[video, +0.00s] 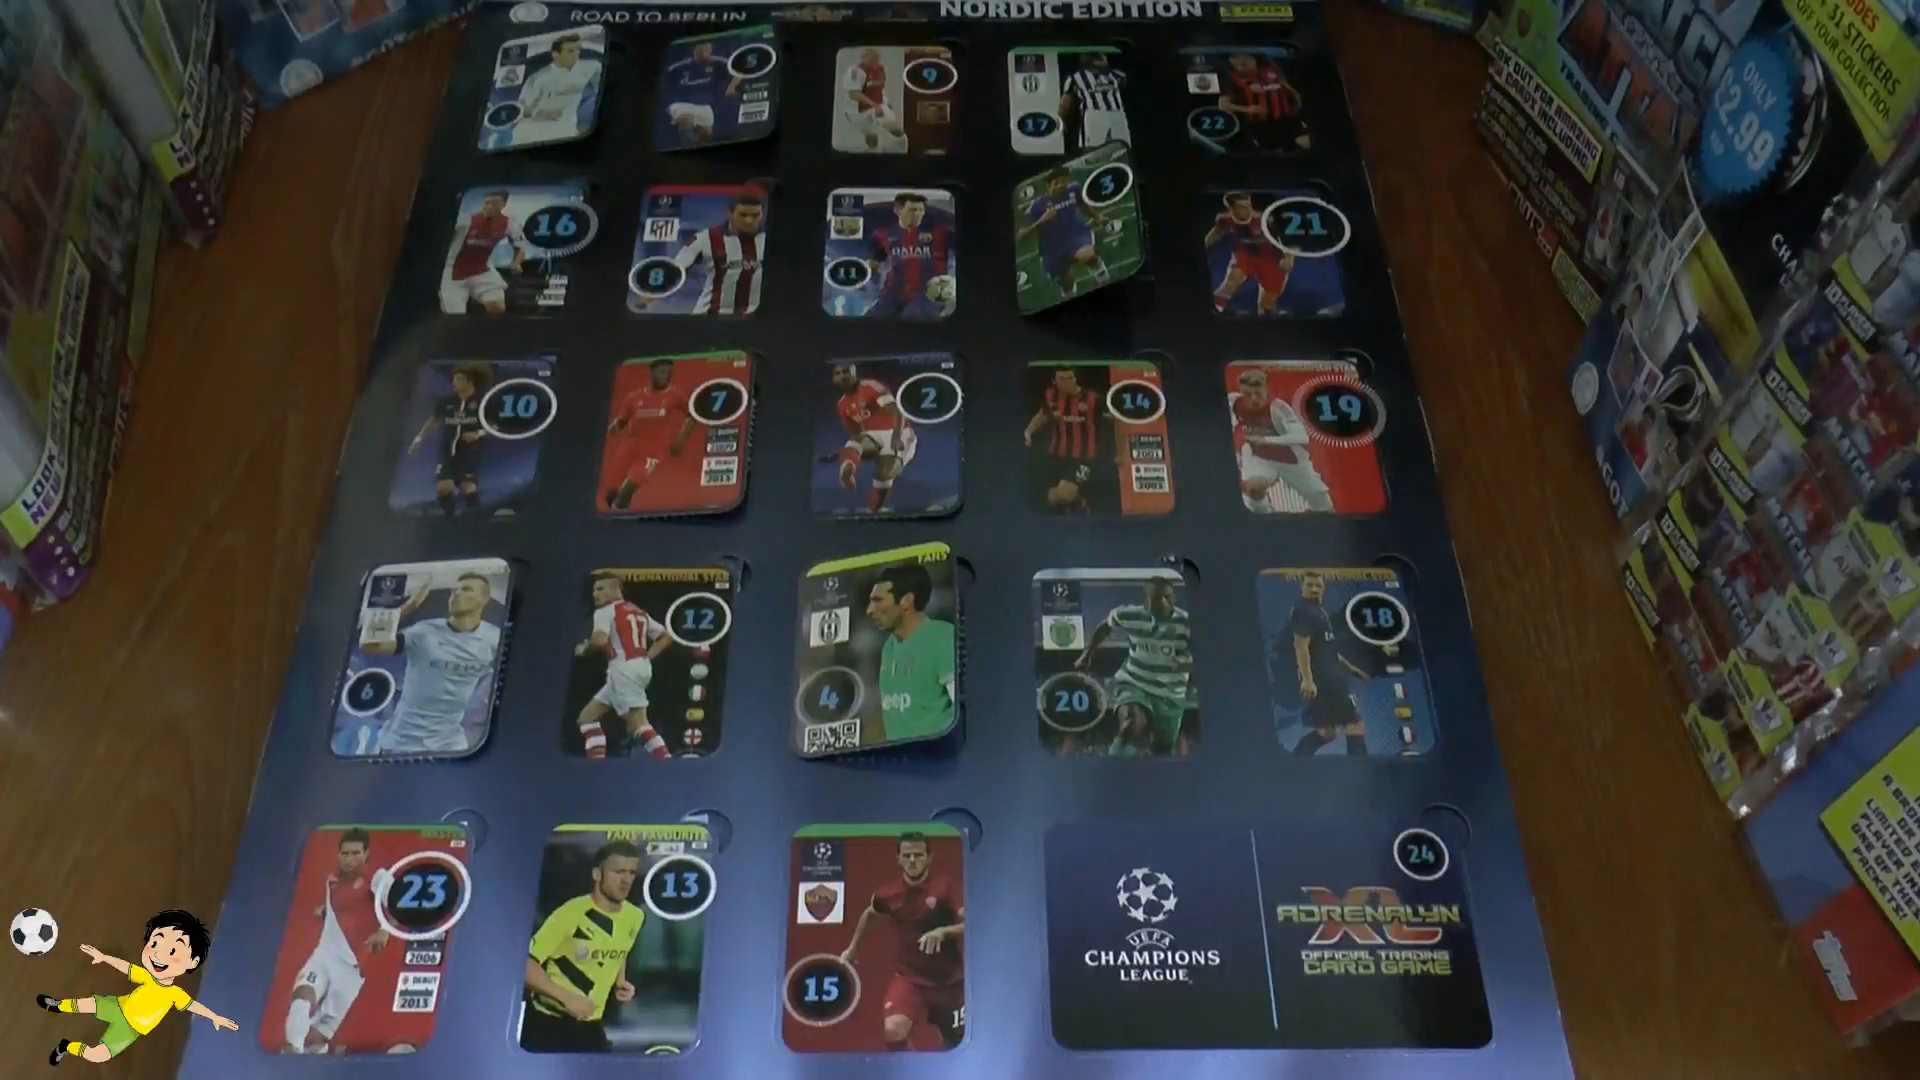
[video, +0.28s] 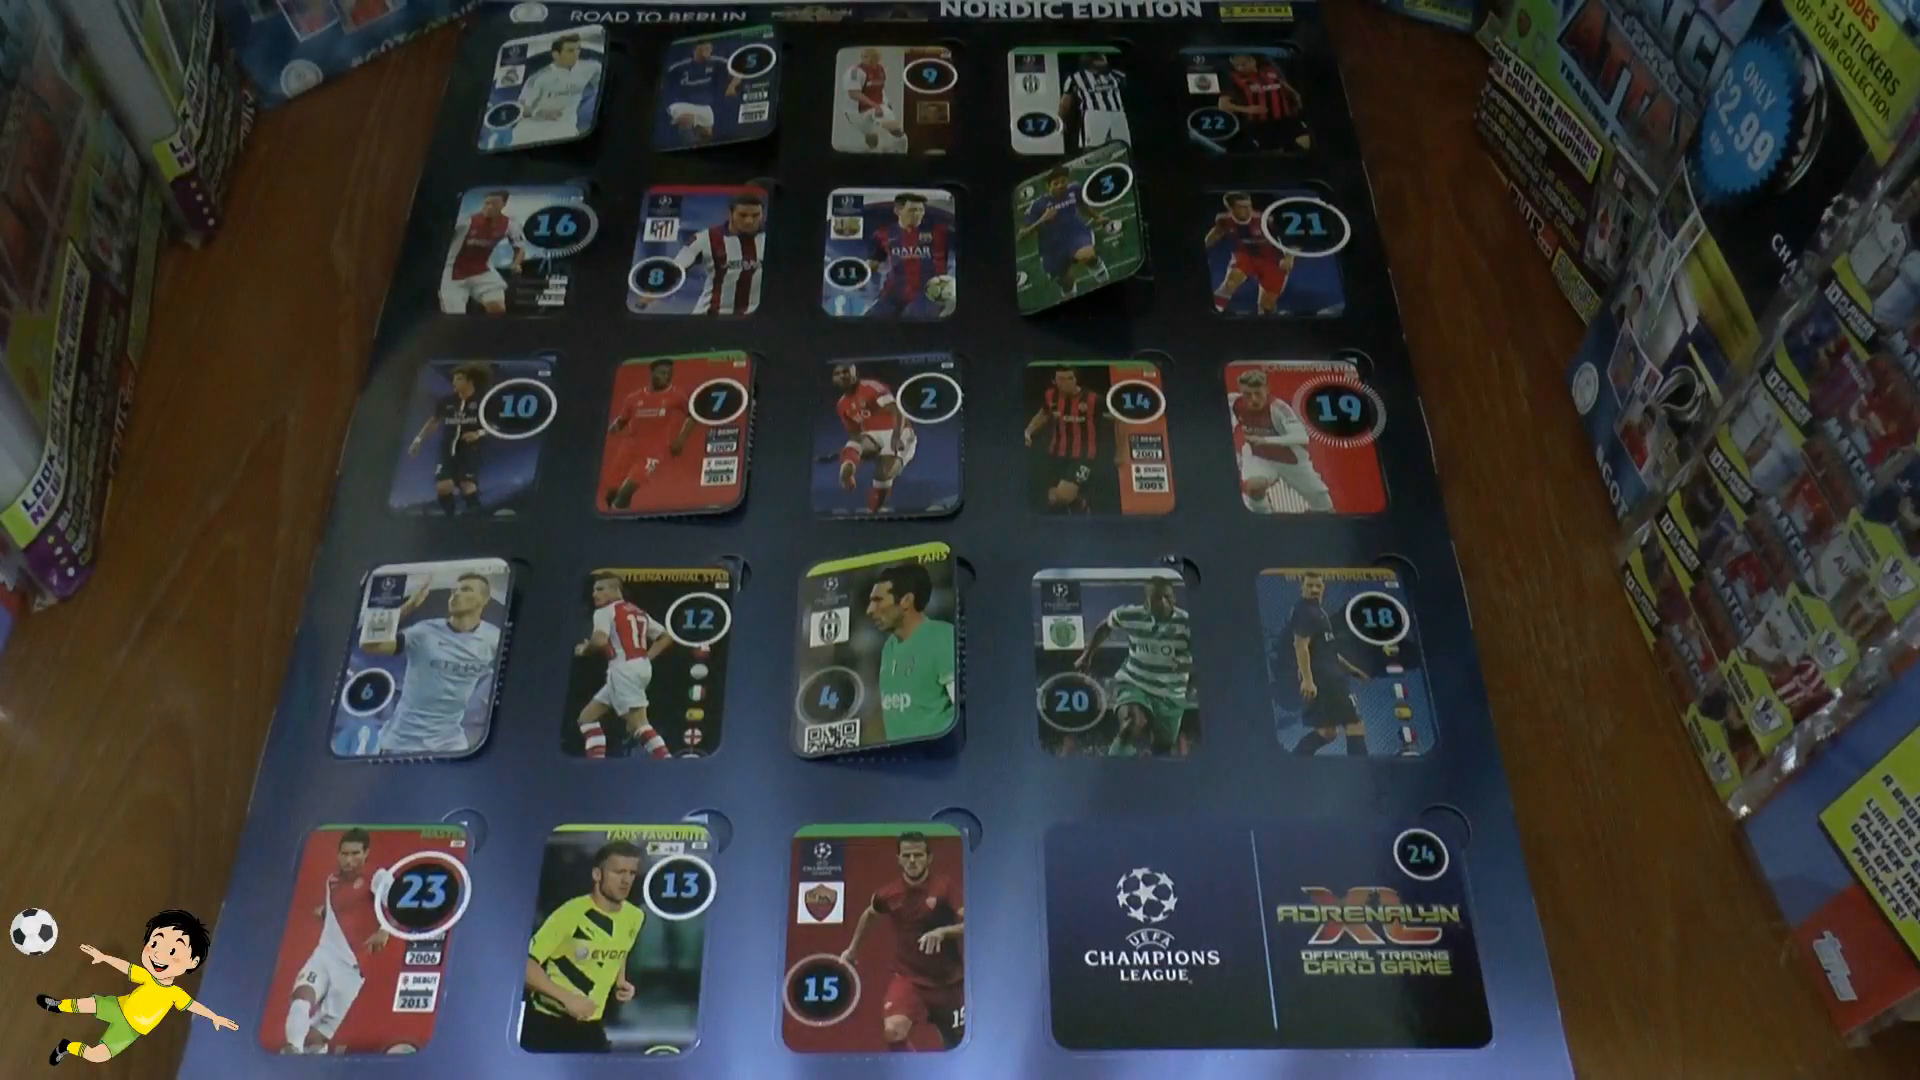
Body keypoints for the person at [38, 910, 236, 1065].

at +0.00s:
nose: (160, 956)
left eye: (173, 952)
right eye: (156, 945)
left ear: (190, 965)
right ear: (145, 946)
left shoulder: (176, 995)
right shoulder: (143, 975)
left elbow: (195, 1007)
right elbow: (124, 967)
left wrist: (215, 1018)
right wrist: (103, 958)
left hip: (131, 1030)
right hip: (119, 1008)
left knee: (98, 1055)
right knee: (88, 1003)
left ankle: (66, 1047)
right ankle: (57, 1006)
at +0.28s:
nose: (159, 956)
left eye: (172, 952)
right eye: (155, 944)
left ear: (189, 965)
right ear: (146, 945)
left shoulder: (176, 995)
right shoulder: (143, 975)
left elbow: (195, 1007)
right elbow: (124, 966)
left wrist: (214, 1017)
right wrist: (103, 958)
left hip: (131, 1030)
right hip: (119, 1008)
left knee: (99, 1055)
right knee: (89, 1003)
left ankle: (66, 1047)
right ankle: (58, 1006)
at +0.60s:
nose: (159, 956)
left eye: (172, 952)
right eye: (155, 944)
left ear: (189, 965)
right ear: (145, 945)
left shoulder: (176, 995)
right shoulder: (143, 975)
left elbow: (195, 1007)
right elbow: (124, 966)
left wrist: (214, 1017)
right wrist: (103, 958)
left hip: (131, 1030)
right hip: (119, 1008)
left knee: (99, 1055)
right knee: (89, 1003)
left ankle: (66, 1047)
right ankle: (58, 1006)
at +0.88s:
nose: (160, 956)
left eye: (172, 953)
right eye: (156, 944)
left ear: (189, 966)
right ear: (146, 945)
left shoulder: (176, 995)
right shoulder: (143, 975)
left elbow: (195, 1007)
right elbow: (124, 966)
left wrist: (215, 1017)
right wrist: (103, 958)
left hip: (131, 1030)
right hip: (119, 1008)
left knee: (99, 1055)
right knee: (88, 1003)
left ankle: (66, 1047)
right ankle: (58, 1006)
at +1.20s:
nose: (160, 956)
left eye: (172, 953)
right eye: (156, 944)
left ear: (189, 966)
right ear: (146, 944)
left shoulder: (176, 995)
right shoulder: (143, 975)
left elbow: (195, 1007)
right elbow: (124, 966)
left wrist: (215, 1017)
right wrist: (103, 958)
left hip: (131, 1030)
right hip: (119, 1008)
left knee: (99, 1055)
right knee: (88, 1003)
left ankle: (66, 1047)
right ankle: (57, 1006)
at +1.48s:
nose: (159, 956)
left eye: (172, 953)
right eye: (155, 944)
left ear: (188, 965)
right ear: (146, 945)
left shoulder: (176, 995)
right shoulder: (143, 975)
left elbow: (195, 1007)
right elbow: (124, 967)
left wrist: (214, 1017)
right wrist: (103, 958)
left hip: (131, 1030)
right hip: (119, 1008)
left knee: (99, 1055)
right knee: (89, 1003)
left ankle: (66, 1047)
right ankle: (57, 1006)